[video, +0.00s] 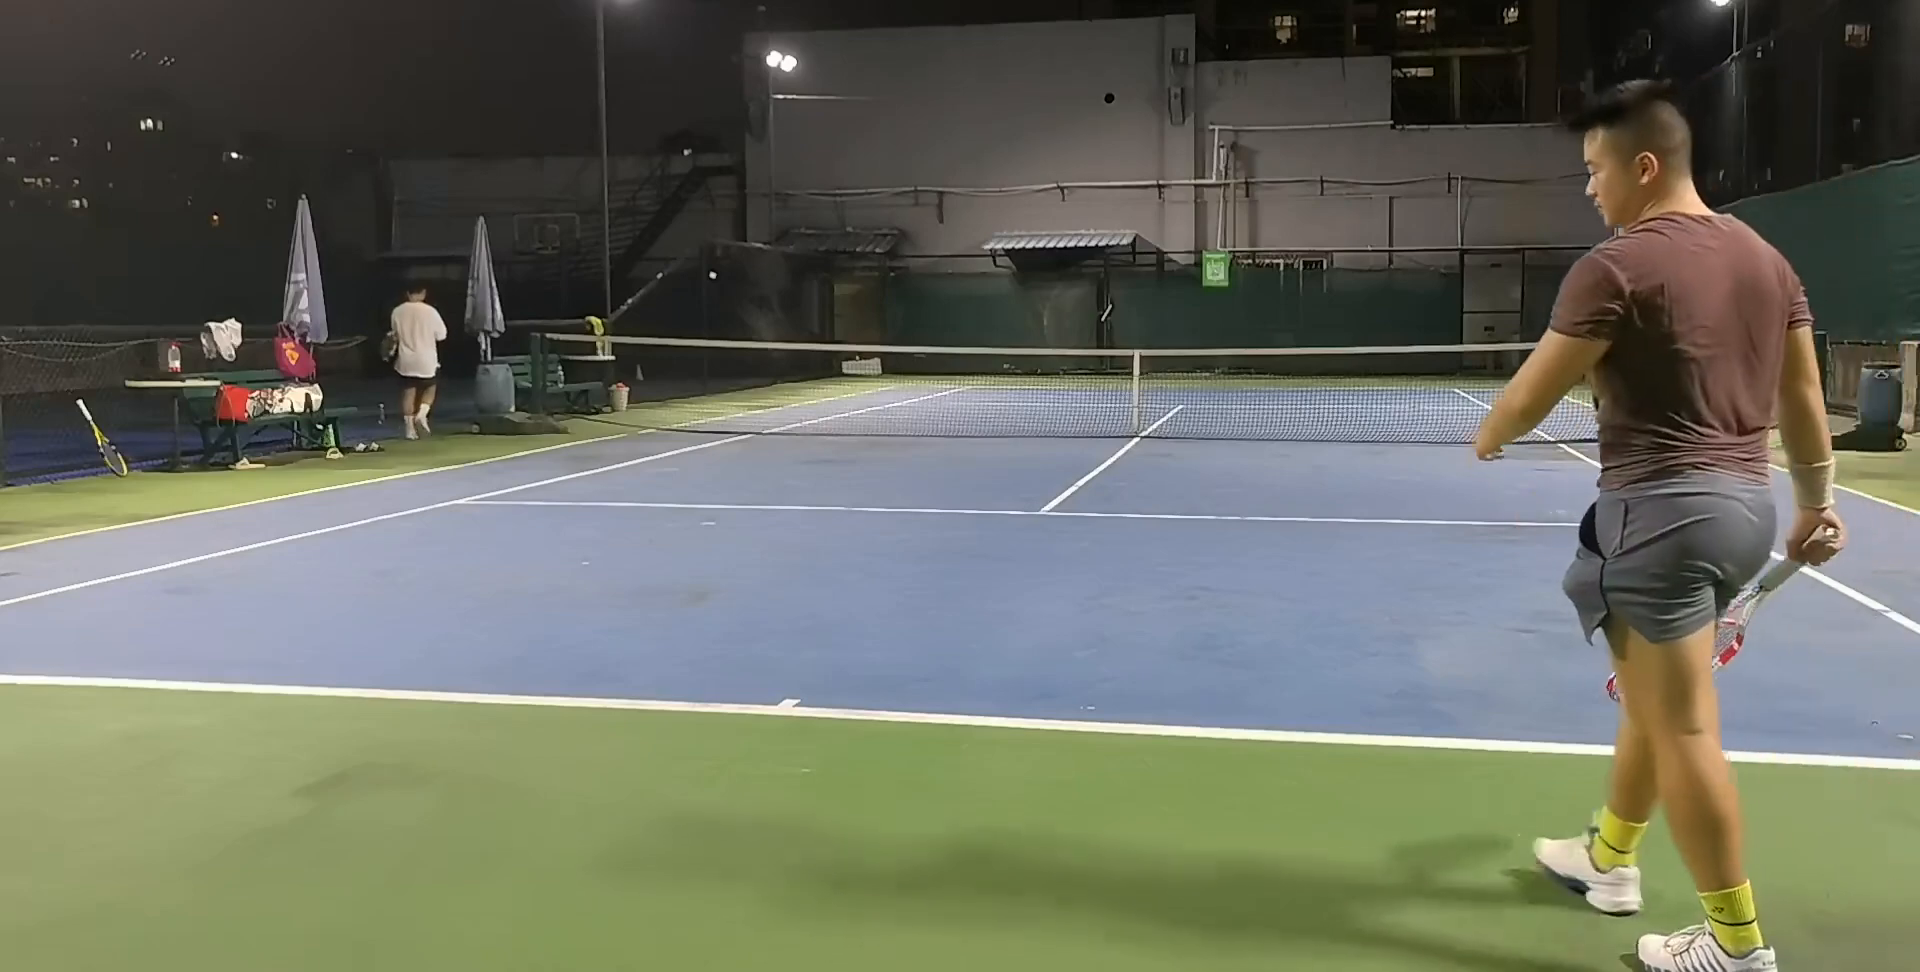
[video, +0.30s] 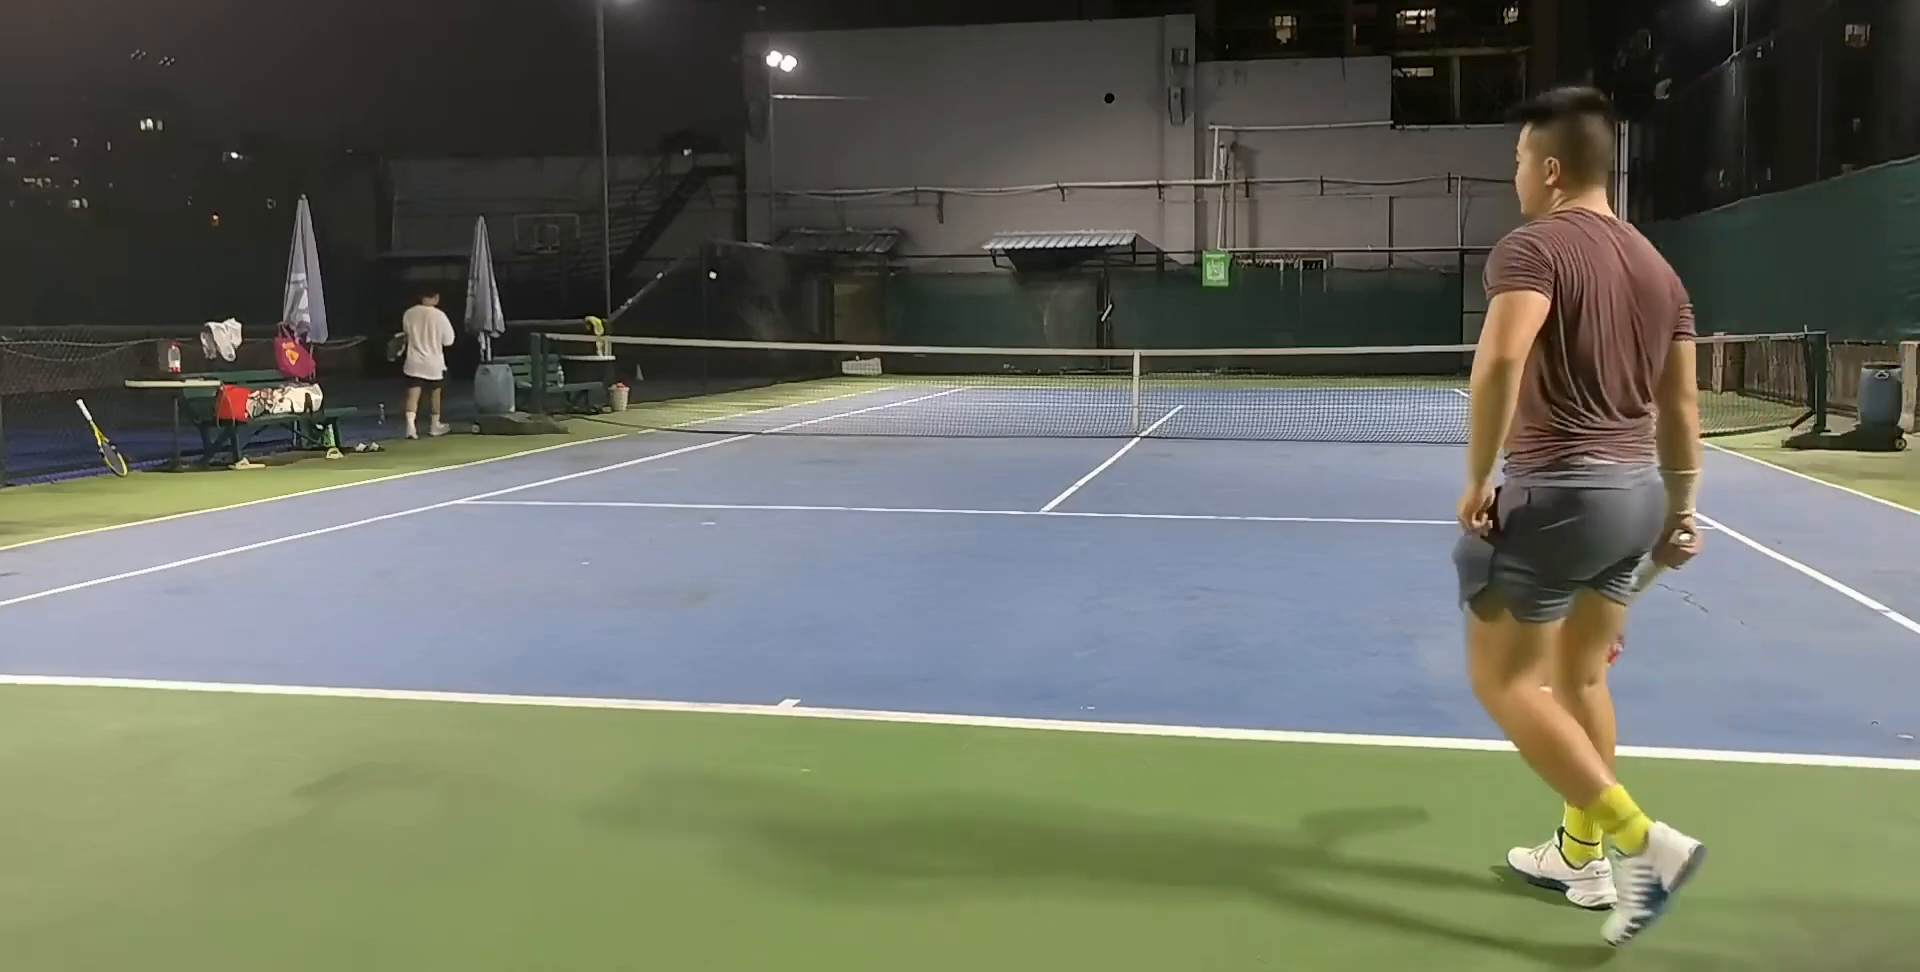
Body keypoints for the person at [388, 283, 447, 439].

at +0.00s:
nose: (422, 297)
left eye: (420, 294)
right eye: (423, 294)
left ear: (407, 294)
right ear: (424, 293)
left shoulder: (397, 311)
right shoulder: (430, 311)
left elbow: (395, 333)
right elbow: (441, 334)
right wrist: (426, 328)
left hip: (405, 362)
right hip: (427, 362)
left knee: (408, 391)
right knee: (430, 386)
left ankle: (410, 429)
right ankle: (422, 413)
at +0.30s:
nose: (438, 300)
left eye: (437, 297)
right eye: (437, 297)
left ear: (421, 297)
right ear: (434, 298)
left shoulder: (409, 313)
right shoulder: (439, 315)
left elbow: (406, 333)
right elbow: (448, 340)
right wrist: (433, 334)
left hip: (413, 362)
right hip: (434, 363)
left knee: (412, 394)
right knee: (436, 392)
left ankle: (410, 427)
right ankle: (435, 425)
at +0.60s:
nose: (453, 298)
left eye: (453, 295)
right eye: (453, 295)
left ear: (437, 294)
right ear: (451, 295)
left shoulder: (425, 311)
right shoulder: (454, 313)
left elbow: (423, 331)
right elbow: (463, 337)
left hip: (428, 360)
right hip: (447, 362)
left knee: (432, 387)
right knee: (444, 394)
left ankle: (426, 414)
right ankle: (437, 424)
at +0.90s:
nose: (466, 299)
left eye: (466, 296)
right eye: (465, 296)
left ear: (450, 298)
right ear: (462, 297)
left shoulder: (441, 315)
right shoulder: (466, 315)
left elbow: (440, 334)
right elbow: (477, 338)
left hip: (445, 359)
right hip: (462, 360)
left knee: (457, 389)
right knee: (456, 389)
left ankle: (459, 420)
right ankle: (441, 418)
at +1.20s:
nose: (487, 297)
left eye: (487, 294)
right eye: (487, 294)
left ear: (472, 293)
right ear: (484, 294)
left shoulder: (462, 311)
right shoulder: (484, 313)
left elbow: (462, 330)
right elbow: (494, 334)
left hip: (465, 360)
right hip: (483, 360)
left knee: (466, 388)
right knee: (486, 391)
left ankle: (460, 420)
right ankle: (487, 422)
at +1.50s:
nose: (519, 301)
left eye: (520, 298)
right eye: (519, 298)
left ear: (504, 297)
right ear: (514, 297)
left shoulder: (494, 313)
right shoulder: (515, 315)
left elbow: (488, 330)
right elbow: (524, 336)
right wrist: (528, 329)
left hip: (493, 360)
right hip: (512, 361)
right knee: (522, 377)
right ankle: (523, 408)